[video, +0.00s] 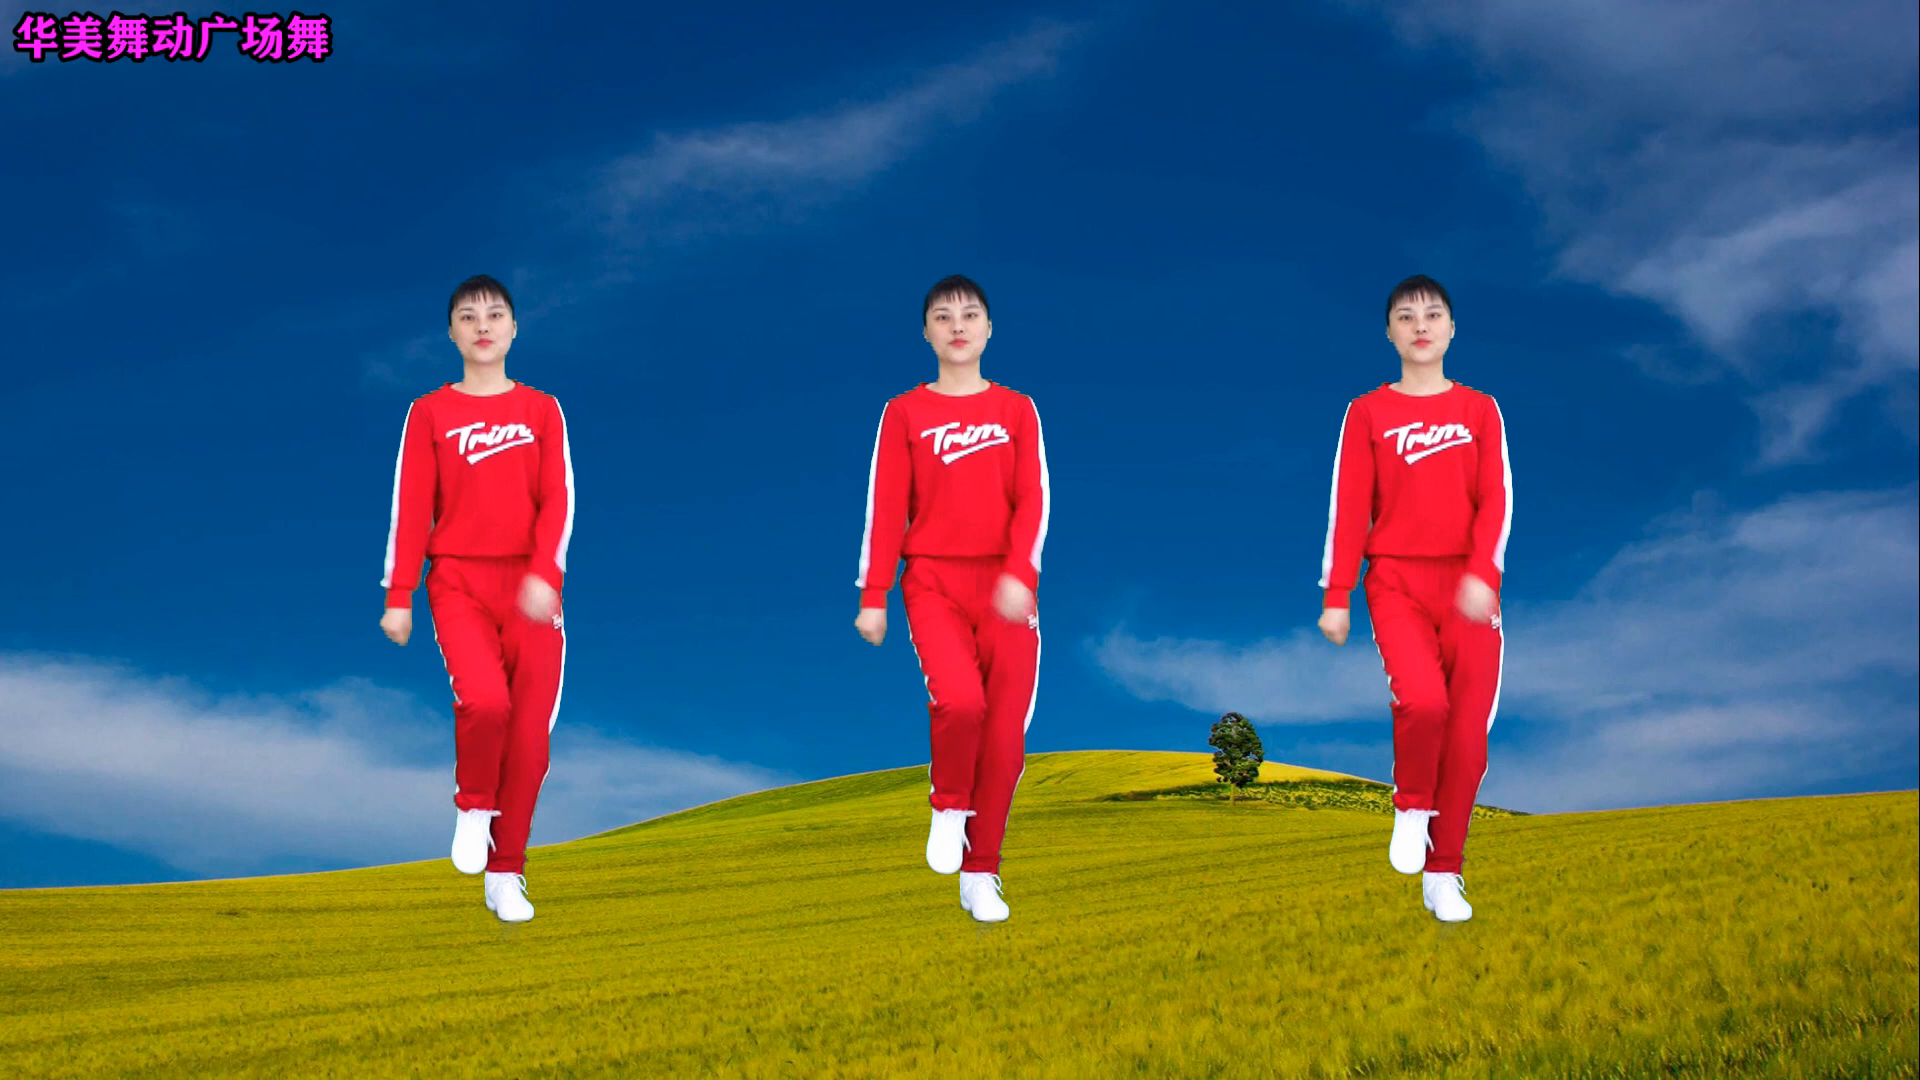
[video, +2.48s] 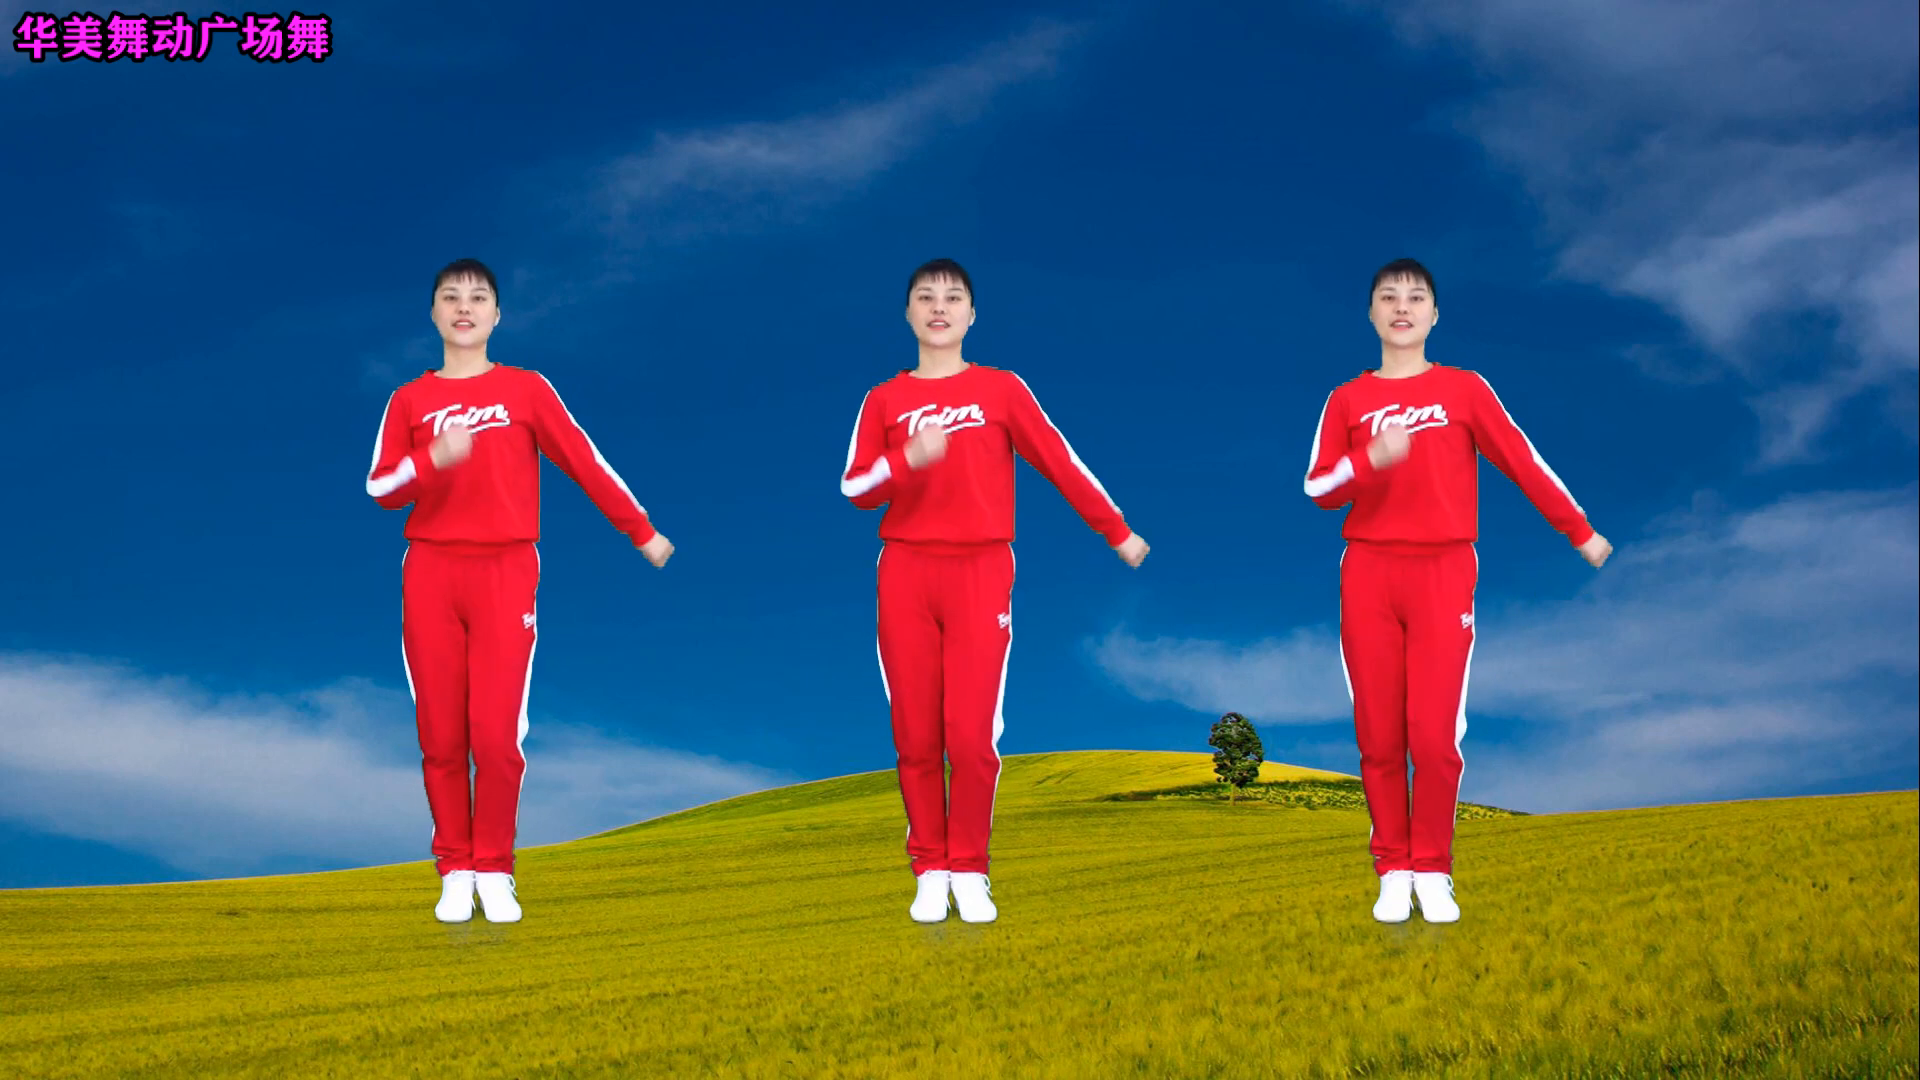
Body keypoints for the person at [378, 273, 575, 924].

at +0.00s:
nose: (482, 325)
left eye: (494, 315)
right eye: (469, 317)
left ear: (513, 328)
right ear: (453, 332)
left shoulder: (544, 409)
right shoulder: (429, 411)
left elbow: (559, 500)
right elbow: (410, 507)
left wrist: (545, 574)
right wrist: (399, 596)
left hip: (532, 582)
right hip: (457, 582)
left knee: (533, 727)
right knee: (487, 703)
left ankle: (507, 868)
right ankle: (474, 807)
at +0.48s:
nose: (471, 309)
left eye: (483, 299)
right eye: (457, 301)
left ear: (501, 312)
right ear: (440, 316)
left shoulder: (530, 387)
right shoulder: (412, 389)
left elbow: (547, 465)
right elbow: (359, 469)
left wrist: (488, 437)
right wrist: (309, 539)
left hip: (512, 564)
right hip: (437, 565)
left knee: (507, 724)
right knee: (445, 725)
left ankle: (505, 863)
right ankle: (454, 867)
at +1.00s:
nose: (466, 312)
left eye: (479, 303)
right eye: (455, 302)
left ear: (497, 314)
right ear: (437, 314)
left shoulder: (526, 388)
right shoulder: (409, 393)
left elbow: (590, 449)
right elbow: (359, 479)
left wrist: (632, 525)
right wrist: (405, 425)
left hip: (506, 569)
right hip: (429, 570)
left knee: (497, 733)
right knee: (439, 732)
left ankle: (495, 870)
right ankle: (452, 869)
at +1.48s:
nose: (472, 313)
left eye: (483, 302)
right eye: (459, 304)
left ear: (502, 312)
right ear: (442, 318)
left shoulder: (534, 391)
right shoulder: (418, 399)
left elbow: (563, 474)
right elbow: (378, 485)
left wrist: (511, 498)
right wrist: (350, 570)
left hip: (524, 573)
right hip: (447, 571)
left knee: (517, 724)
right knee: (475, 696)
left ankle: (497, 868)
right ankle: (466, 807)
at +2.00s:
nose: (463, 322)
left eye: (475, 312)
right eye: (450, 313)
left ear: (494, 324)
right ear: (434, 325)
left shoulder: (523, 401)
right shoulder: (408, 407)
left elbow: (524, 491)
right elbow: (392, 496)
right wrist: (382, 579)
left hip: (494, 581)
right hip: (422, 579)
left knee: (478, 721)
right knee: (430, 735)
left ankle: (493, 831)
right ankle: (453, 868)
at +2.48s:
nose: (465, 307)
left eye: (478, 298)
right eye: (451, 298)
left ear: (496, 314)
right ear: (434, 314)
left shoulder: (528, 388)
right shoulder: (408, 399)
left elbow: (587, 464)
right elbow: (381, 489)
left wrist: (643, 532)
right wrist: (431, 461)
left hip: (506, 570)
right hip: (430, 571)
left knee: (496, 731)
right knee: (441, 732)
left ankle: (494, 870)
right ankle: (455, 869)